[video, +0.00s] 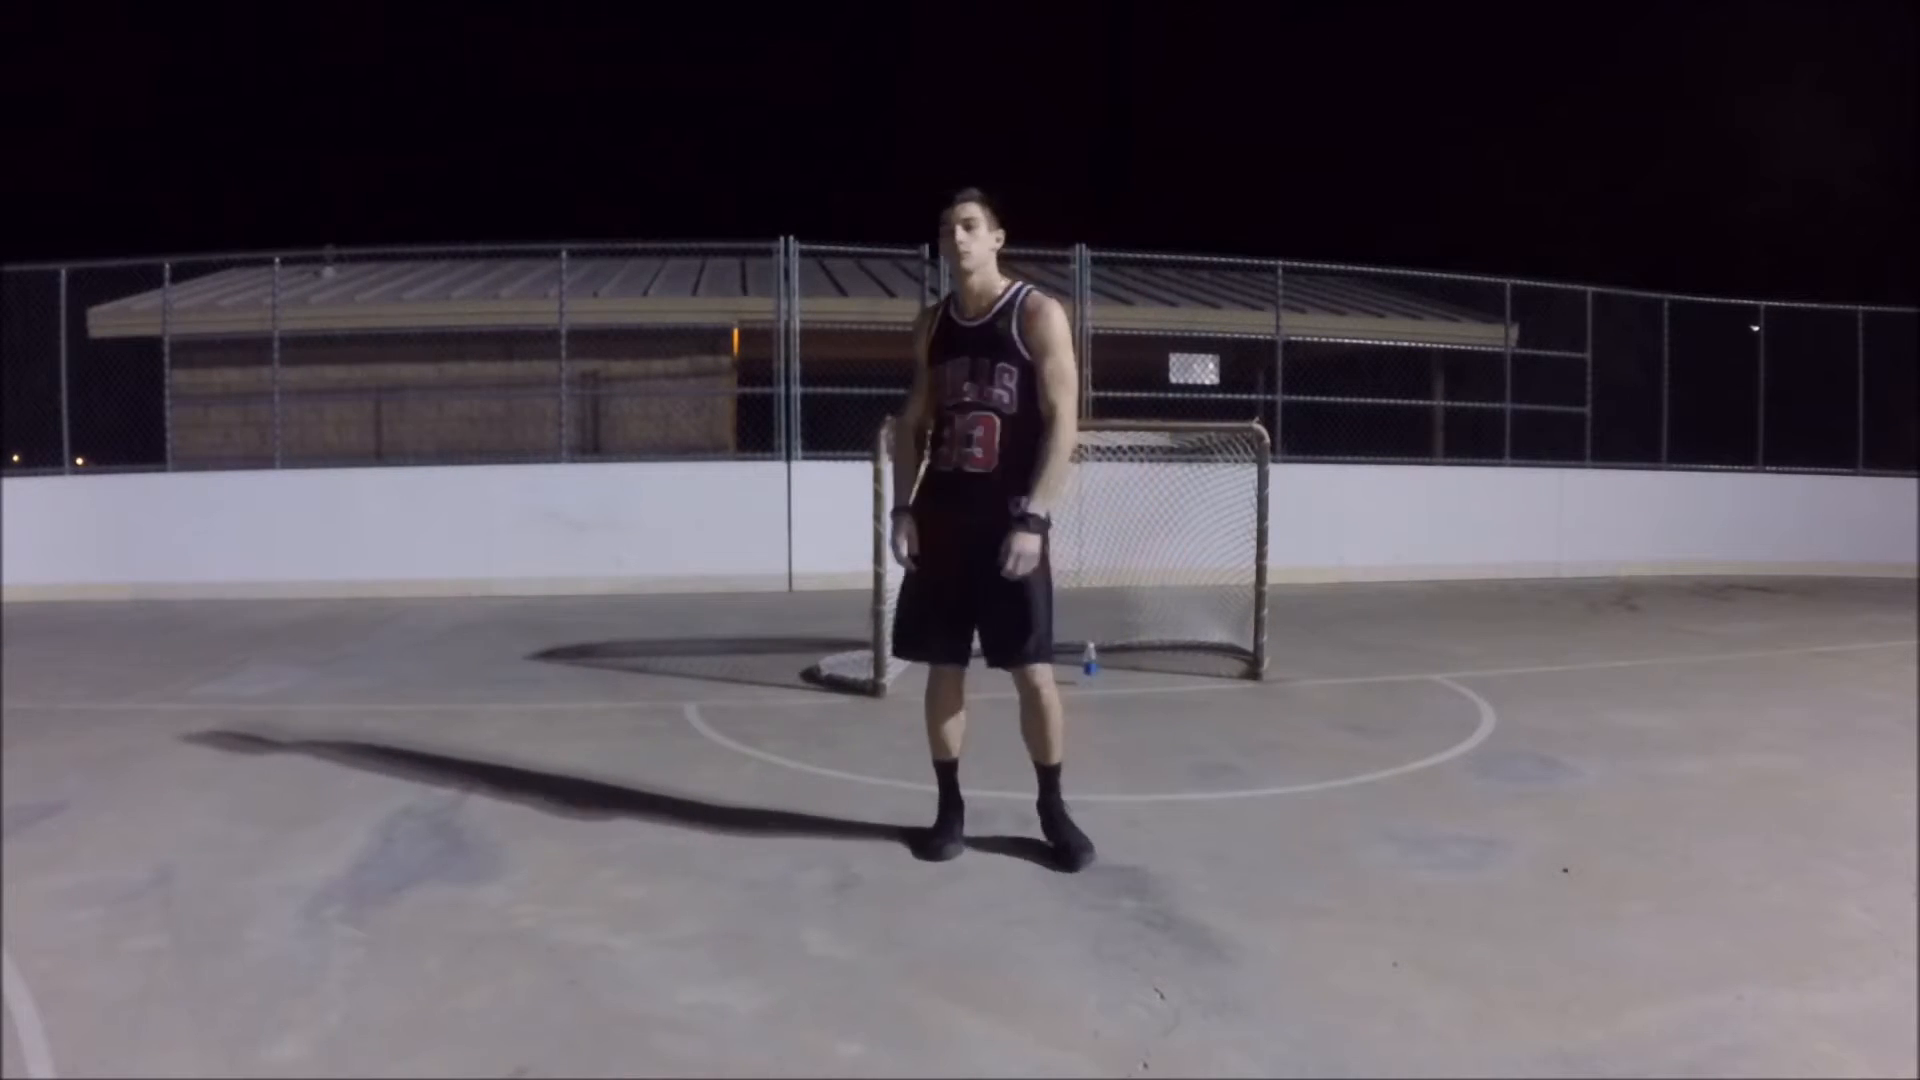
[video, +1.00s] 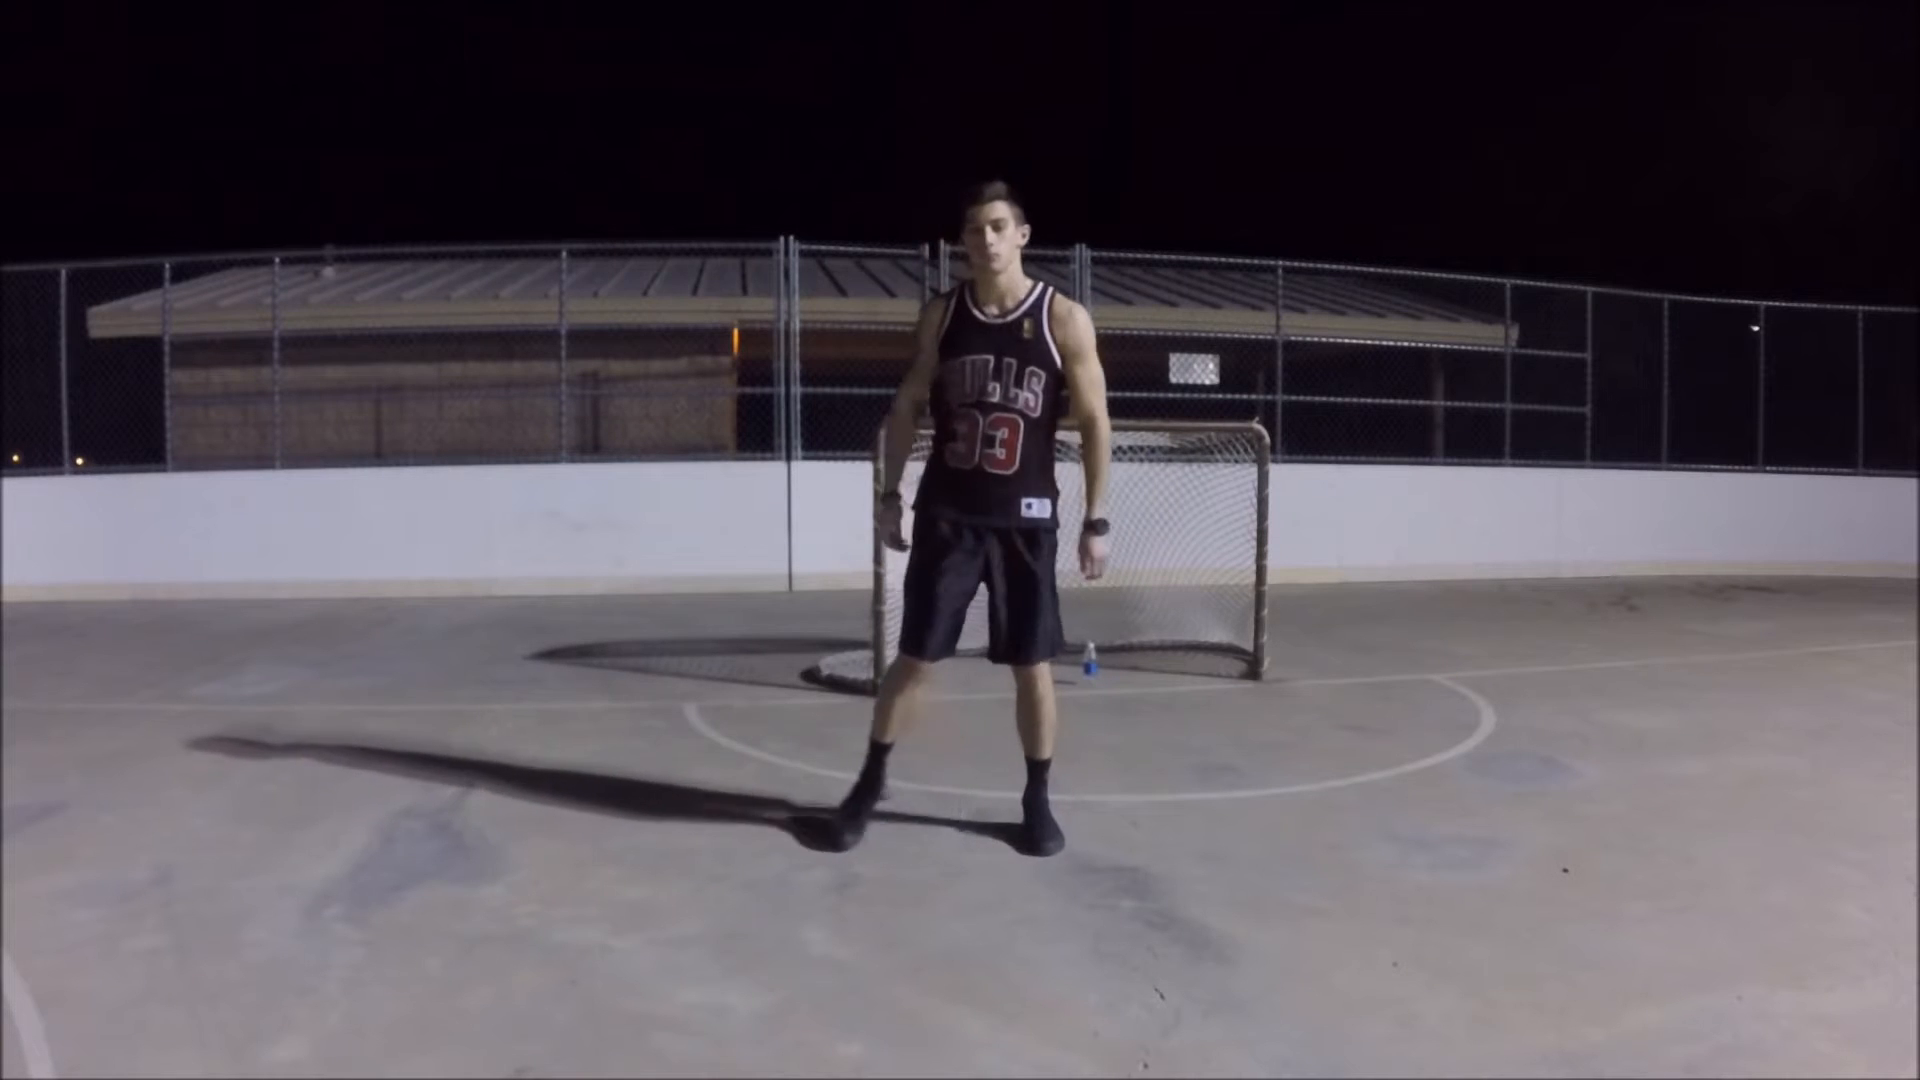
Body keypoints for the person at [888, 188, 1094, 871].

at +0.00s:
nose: (957, 239)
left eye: (969, 227)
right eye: (949, 230)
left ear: (998, 237)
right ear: (941, 245)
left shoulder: (1039, 314)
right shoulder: (935, 321)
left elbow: (1062, 423)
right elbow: (915, 420)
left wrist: (1034, 520)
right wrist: (903, 505)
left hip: (1013, 518)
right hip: (943, 517)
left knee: (1032, 670)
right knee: (944, 667)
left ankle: (1053, 810)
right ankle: (949, 813)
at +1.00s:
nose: (986, 239)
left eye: (997, 226)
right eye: (975, 230)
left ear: (1023, 235)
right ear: (960, 244)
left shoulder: (1064, 318)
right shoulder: (942, 316)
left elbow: (1094, 421)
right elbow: (908, 406)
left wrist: (1095, 520)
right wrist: (888, 490)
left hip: (1026, 523)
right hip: (947, 516)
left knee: (1032, 664)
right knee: (913, 658)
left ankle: (1038, 803)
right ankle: (867, 786)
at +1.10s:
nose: (980, 251)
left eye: (992, 239)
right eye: (970, 242)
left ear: (1018, 246)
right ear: (958, 252)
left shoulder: (1058, 325)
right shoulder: (936, 322)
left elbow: (1097, 419)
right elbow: (872, 397)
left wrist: (1127, 505)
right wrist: (845, 478)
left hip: (1024, 531)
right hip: (943, 527)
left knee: (1035, 674)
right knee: (891, 664)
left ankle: (1040, 803)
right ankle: (828, 789)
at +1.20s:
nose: (973, 268)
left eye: (985, 257)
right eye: (963, 257)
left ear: (1007, 261)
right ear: (949, 262)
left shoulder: (1045, 332)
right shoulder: (920, 329)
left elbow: (1122, 395)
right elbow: (838, 372)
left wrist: (1187, 442)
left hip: (1017, 540)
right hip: (932, 538)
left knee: (1039, 682)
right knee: (869, 674)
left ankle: (1040, 805)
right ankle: (804, 788)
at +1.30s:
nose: (964, 260)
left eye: (973, 246)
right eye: (952, 248)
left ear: (995, 237)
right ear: (933, 244)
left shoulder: (1032, 299)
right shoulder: (904, 301)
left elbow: (1128, 325)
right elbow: (802, 328)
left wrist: (1223, 326)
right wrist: (720, 307)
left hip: (997, 513)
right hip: (915, 510)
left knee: (1015, 656)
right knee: (874, 655)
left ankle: (1032, 799)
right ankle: (808, 777)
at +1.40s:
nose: (950, 256)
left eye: (961, 242)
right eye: (939, 244)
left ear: (978, 226)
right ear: (918, 232)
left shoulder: (1011, 271)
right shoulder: (883, 277)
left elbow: (1108, 258)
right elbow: (774, 282)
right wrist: (730, 224)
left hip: (976, 486)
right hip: (901, 487)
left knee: (971, 641)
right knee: (892, 641)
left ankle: (954, 775)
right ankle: (858, 785)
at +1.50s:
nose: (934, 272)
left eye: (942, 257)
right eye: (920, 261)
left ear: (963, 238)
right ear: (899, 247)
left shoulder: (995, 282)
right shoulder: (869, 286)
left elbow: (1090, 245)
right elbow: (770, 283)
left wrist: (1138, 169)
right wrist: (749, 203)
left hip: (955, 496)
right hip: (885, 498)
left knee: (902, 653)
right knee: (925, 656)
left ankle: (849, 778)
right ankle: (969, 807)